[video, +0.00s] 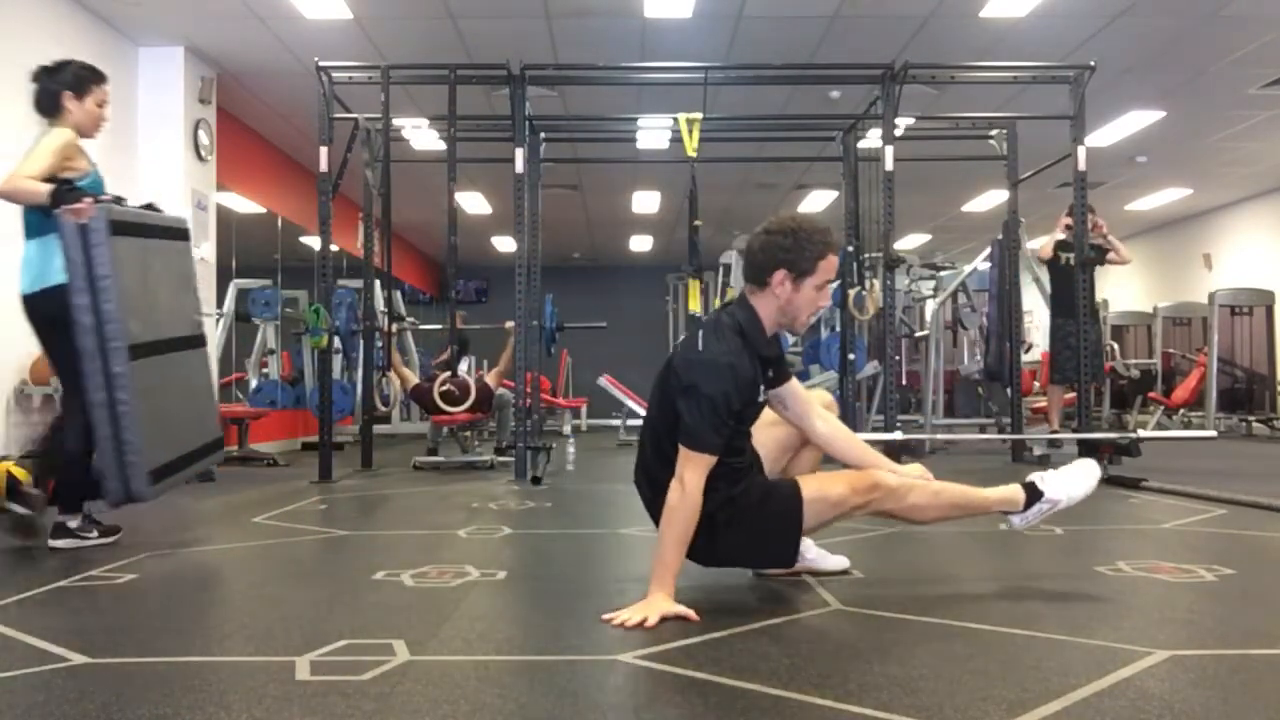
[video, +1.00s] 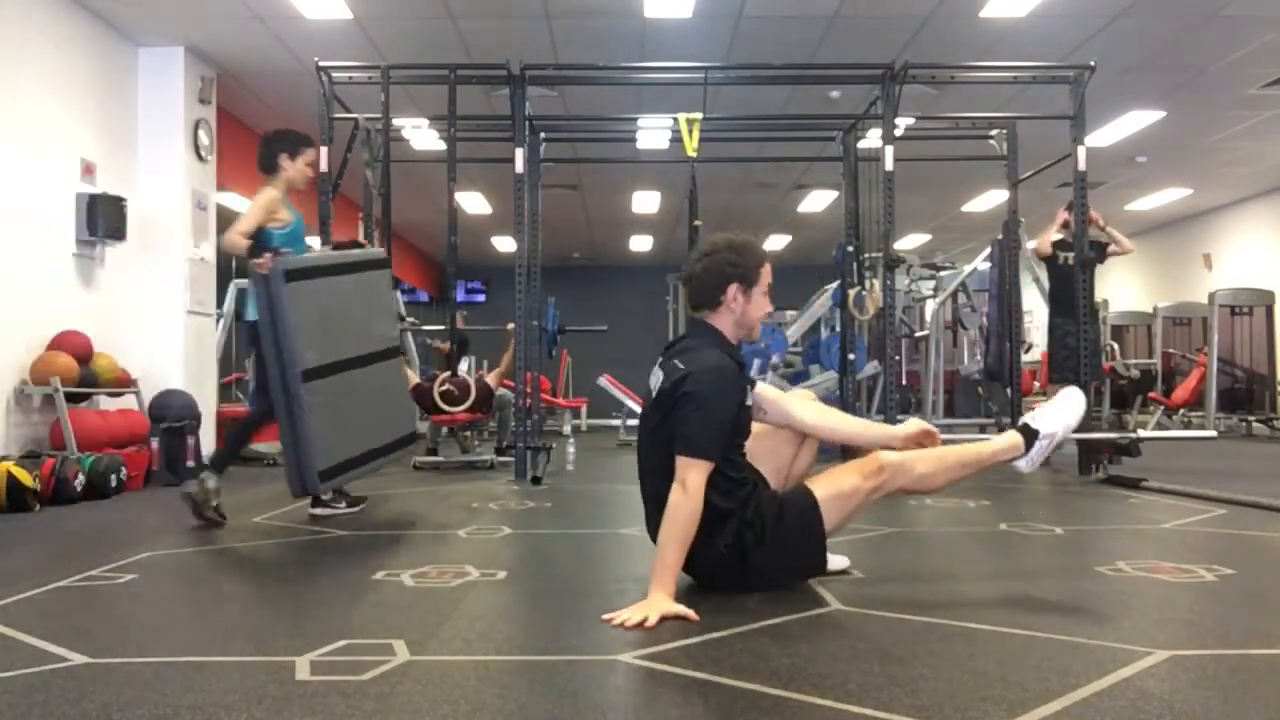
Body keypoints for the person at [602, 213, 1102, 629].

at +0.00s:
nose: (828, 301)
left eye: (830, 288)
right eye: (823, 288)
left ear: (781, 282)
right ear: (781, 284)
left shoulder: (754, 338)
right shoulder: (720, 358)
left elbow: (811, 423)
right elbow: (687, 483)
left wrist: (899, 475)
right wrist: (658, 591)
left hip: (724, 487)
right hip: (712, 519)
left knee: (815, 407)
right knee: (870, 485)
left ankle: (782, 541)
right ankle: (1023, 499)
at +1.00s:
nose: (771, 305)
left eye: (769, 293)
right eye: (764, 293)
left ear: (724, 295)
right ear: (733, 298)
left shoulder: (698, 354)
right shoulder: (713, 371)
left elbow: (795, 410)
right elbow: (688, 486)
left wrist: (893, 436)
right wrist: (659, 591)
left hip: (715, 528)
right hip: (732, 554)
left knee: (799, 416)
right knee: (879, 469)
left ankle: (793, 545)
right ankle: (1024, 440)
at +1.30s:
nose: (729, 313)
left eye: (727, 301)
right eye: (721, 301)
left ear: (682, 309)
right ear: (686, 308)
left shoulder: (675, 363)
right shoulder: (671, 371)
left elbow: (767, 411)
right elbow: (649, 484)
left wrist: (870, 416)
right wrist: (656, 592)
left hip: (700, 522)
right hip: (719, 552)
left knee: (780, 429)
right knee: (867, 455)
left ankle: (784, 548)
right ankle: (1004, 415)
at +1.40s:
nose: (707, 313)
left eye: (703, 301)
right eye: (696, 301)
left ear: (662, 312)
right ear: (661, 312)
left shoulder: (661, 369)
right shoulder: (649, 375)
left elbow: (759, 408)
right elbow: (626, 490)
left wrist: (857, 407)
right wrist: (654, 592)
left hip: (703, 524)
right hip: (716, 553)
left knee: (773, 418)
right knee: (850, 450)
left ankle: (786, 546)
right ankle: (988, 402)